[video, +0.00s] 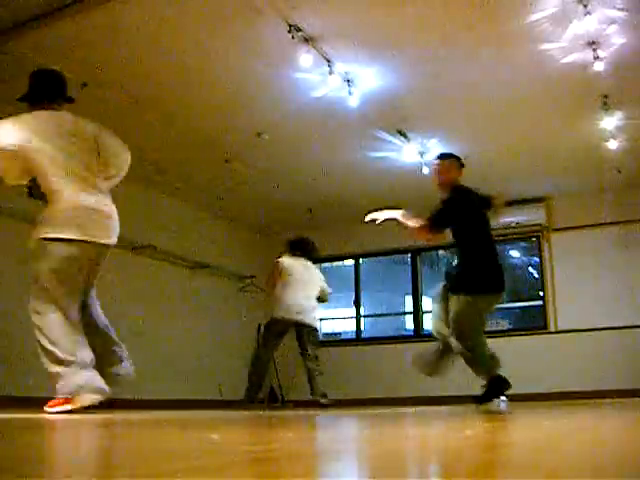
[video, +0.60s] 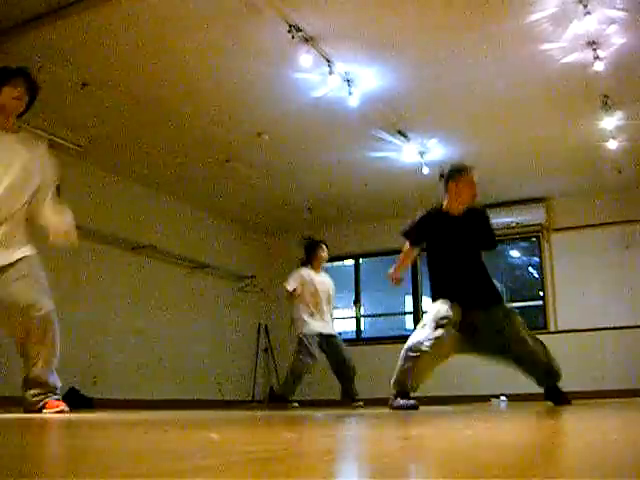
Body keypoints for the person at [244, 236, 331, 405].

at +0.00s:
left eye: (288, 249)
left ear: (290, 249)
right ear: (311, 253)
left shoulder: (282, 262)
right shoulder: (314, 271)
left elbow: (270, 285)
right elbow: (325, 296)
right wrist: (308, 294)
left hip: (282, 312)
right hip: (307, 315)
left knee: (264, 352)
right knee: (311, 355)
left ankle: (253, 394)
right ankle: (319, 395)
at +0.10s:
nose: (285, 241)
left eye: (288, 238)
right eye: (286, 237)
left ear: (296, 241)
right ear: (302, 243)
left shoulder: (293, 254)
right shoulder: (304, 262)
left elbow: (289, 272)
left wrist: (272, 282)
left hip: (295, 305)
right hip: (311, 311)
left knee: (266, 330)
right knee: (294, 351)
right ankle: (309, 389)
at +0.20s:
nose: (289, 245)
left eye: (293, 241)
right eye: (287, 241)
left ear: (299, 245)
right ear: (283, 246)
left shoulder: (305, 262)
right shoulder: (285, 269)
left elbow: (304, 286)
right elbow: (283, 293)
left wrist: (291, 285)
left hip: (309, 307)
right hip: (291, 309)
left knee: (290, 325)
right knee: (290, 354)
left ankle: (280, 362)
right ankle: (292, 396)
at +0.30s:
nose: (299, 247)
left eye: (301, 243)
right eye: (295, 244)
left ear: (304, 246)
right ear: (288, 248)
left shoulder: (314, 267)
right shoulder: (281, 270)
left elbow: (327, 289)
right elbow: (268, 287)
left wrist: (315, 299)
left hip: (313, 319)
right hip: (289, 322)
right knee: (287, 363)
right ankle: (291, 398)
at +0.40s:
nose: (310, 242)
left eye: (311, 239)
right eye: (306, 239)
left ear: (312, 242)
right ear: (295, 242)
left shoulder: (322, 263)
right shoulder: (282, 264)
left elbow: (334, 278)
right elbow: (269, 283)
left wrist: (336, 289)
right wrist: (284, 285)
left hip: (318, 315)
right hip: (294, 317)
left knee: (336, 340)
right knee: (290, 352)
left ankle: (327, 379)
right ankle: (287, 395)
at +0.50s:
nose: (318, 244)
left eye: (318, 240)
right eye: (314, 240)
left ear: (319, 244)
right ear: (304, 244)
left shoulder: (325, 265)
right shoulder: (291, 262)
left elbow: (331, 289)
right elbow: (277, 283)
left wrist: (347, 292)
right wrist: (292, 285)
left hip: (322, 314)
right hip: (301, 313)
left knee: (345, 349)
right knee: (298, 349)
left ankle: (344, 386)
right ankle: (281, 393)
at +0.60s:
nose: (325, 254)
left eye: (326, 251)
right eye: (322, 251)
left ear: (326, 255)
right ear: (313, 254)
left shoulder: (327, 278)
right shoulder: (302, 273)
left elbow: (329, 302)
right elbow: (287, 289)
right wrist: (293, 294)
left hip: (326, 326)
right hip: (308, 325)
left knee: (344, 363)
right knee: (303, 362)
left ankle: (350, 396)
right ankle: (284, 395)